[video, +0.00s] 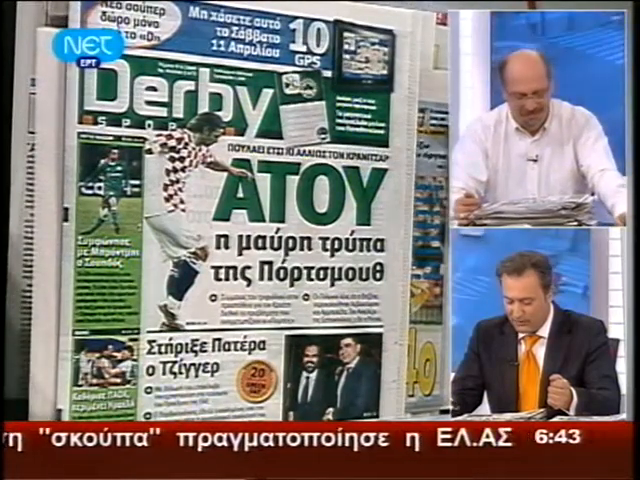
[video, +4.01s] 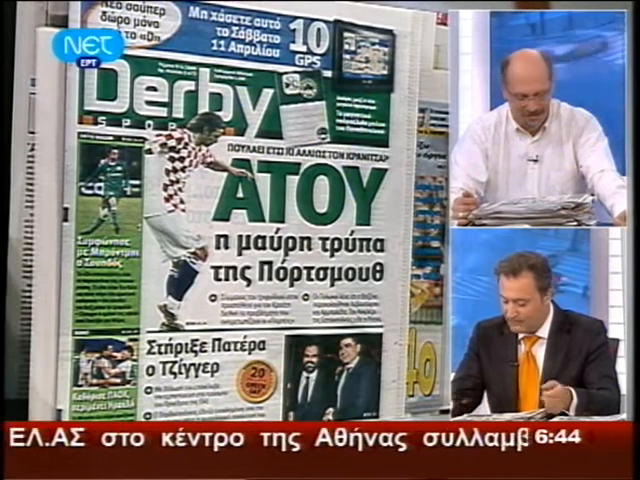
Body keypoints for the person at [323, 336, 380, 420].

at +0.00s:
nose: (343, 351)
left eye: (347, 346)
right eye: (341, 348)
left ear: (358, 348)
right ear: (339, 351)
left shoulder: (367, 368)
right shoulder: (340, 371)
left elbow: (360, 409)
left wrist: (335, 415)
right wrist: (330, 411)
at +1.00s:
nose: (343, 351)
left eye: (347, 346)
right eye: (341, 348)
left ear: (358, 348)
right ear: (339, 351)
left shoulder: (367, 368)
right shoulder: (340, 371)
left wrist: (335, 415)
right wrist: (330, 411)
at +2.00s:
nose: (343, 351)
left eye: (347, 346)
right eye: (341, 348)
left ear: (358, 348)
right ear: (339, 351)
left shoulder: (367, 368)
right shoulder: (340, 372)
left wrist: (335, 415)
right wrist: (331, 411)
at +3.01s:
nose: (343, 351)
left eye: (347, 346)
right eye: (341, 348)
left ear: (358, 348)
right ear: (339, 351)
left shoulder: (367, 368)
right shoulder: (340, 372)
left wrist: (335, 415)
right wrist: (331, 411)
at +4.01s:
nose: (343, 351)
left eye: (347, 346)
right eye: (341, 348)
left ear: (358, 348)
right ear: (339, 351)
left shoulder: (367, 368)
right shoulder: (341, 371)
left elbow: (361, 408)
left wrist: (335, 416)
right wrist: (331, 410)